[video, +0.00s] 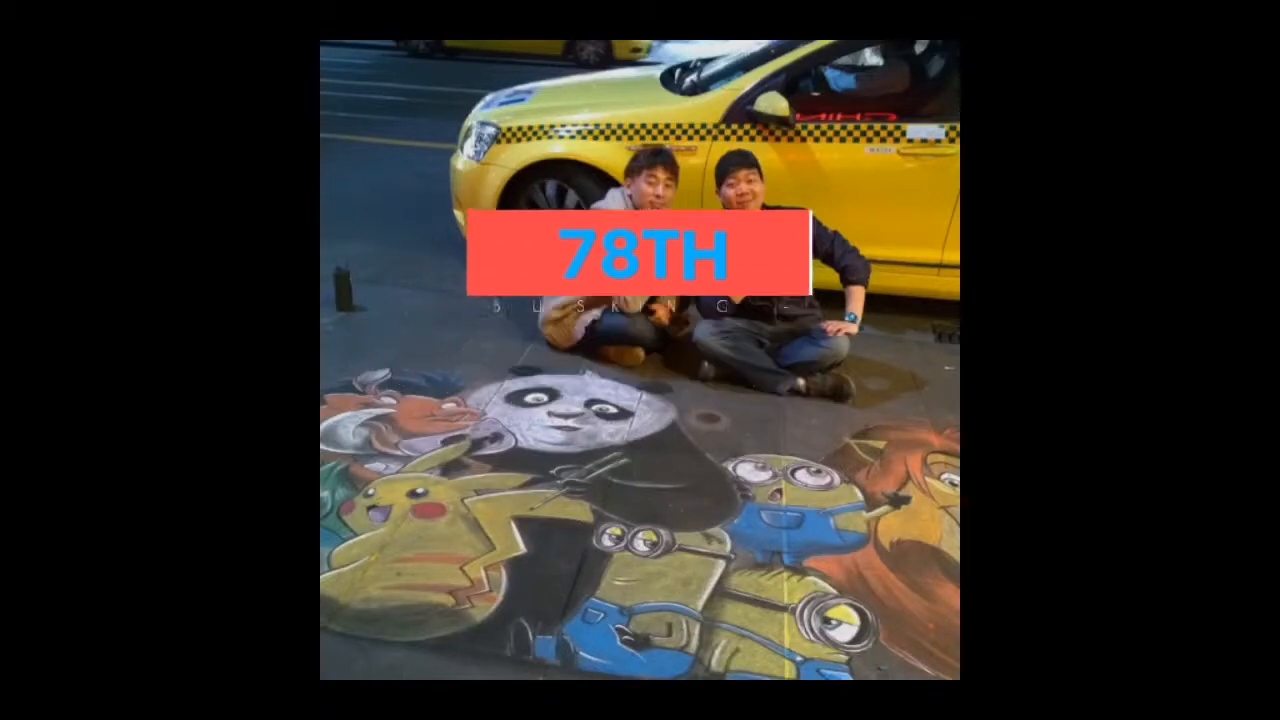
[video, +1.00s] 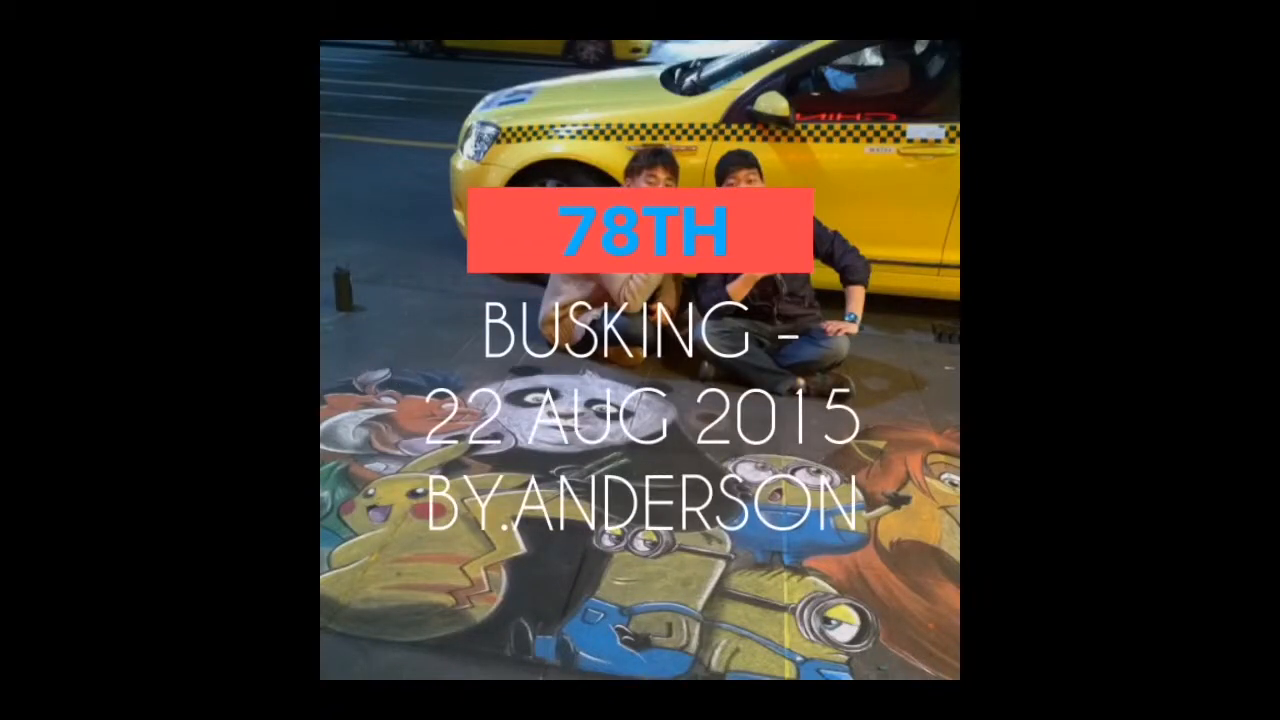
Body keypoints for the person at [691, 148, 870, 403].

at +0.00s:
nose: (743, 190)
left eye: (750, 181)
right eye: (732, 185)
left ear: (763, 186)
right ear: (720, 194)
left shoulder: (793, 221)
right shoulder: (713, 230)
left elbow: (853, 261)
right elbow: (708, 306)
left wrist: (852, 319)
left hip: (798, 324)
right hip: (744, 324)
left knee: (836, 344)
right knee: (705, 334)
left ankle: (734, 373)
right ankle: (799, 386)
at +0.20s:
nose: (743, 190)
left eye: (750, 181)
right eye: (732, 184)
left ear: (763, 185)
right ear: (721, 192)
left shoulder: (791, 221)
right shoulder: (716, 230)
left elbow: (853, 261)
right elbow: (709, 305)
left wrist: (851, 319)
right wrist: (753, 273)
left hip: (801, 326)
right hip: (748, 325)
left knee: (837, 344)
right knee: (706, 332)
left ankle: (734, 373)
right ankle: (799, 386)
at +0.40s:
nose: (743, 190)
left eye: (750, 181)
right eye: (732, 184)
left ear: (763, 184)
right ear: (721, 192)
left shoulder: (791, 220)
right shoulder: (717, 230)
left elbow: (853, 262)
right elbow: (708, 304)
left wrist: (851, 320)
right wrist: (751, 276)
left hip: (801, 324)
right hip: (748, 323)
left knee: (836, 344)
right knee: (709, 333)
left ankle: (731, 370)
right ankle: (799, 385)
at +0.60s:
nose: (743, 190)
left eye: (750, 181)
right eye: (732, 184)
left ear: (763, 185)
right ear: (721, 192)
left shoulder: (792, 220)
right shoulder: (716, 230)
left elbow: (854, 262)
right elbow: (708, 304)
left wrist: (851, 320)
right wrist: (752, 275)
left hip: (801, 325)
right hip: (748, 324)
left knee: (836, 344)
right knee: (709, 333)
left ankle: (731, 370)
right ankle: (800, 386)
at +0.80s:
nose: (743, 190)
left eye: (750, 181)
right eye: (732, 184)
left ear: (763, 184)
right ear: (721, 192)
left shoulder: (792, 221)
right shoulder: (716, 230)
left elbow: (854, 262)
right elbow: (708, 304)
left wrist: (851, 320)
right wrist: (751, 276)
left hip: (800, 324)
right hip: (747, 323)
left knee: (836, 345)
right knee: (709, 334)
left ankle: (732, 370)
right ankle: (799, 386)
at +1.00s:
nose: (743, 190)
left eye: (750, 181)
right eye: (732, 184)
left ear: (763, 184)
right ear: (721, 192)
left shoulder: (791, 220)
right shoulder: (716, 230)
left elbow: (853, 262)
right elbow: (707, 303)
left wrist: (851, 319)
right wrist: (751, 276)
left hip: (800, 325)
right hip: (747, 324)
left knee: (837, 345)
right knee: (708, 333)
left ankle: (732, 371)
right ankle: (798, 386)